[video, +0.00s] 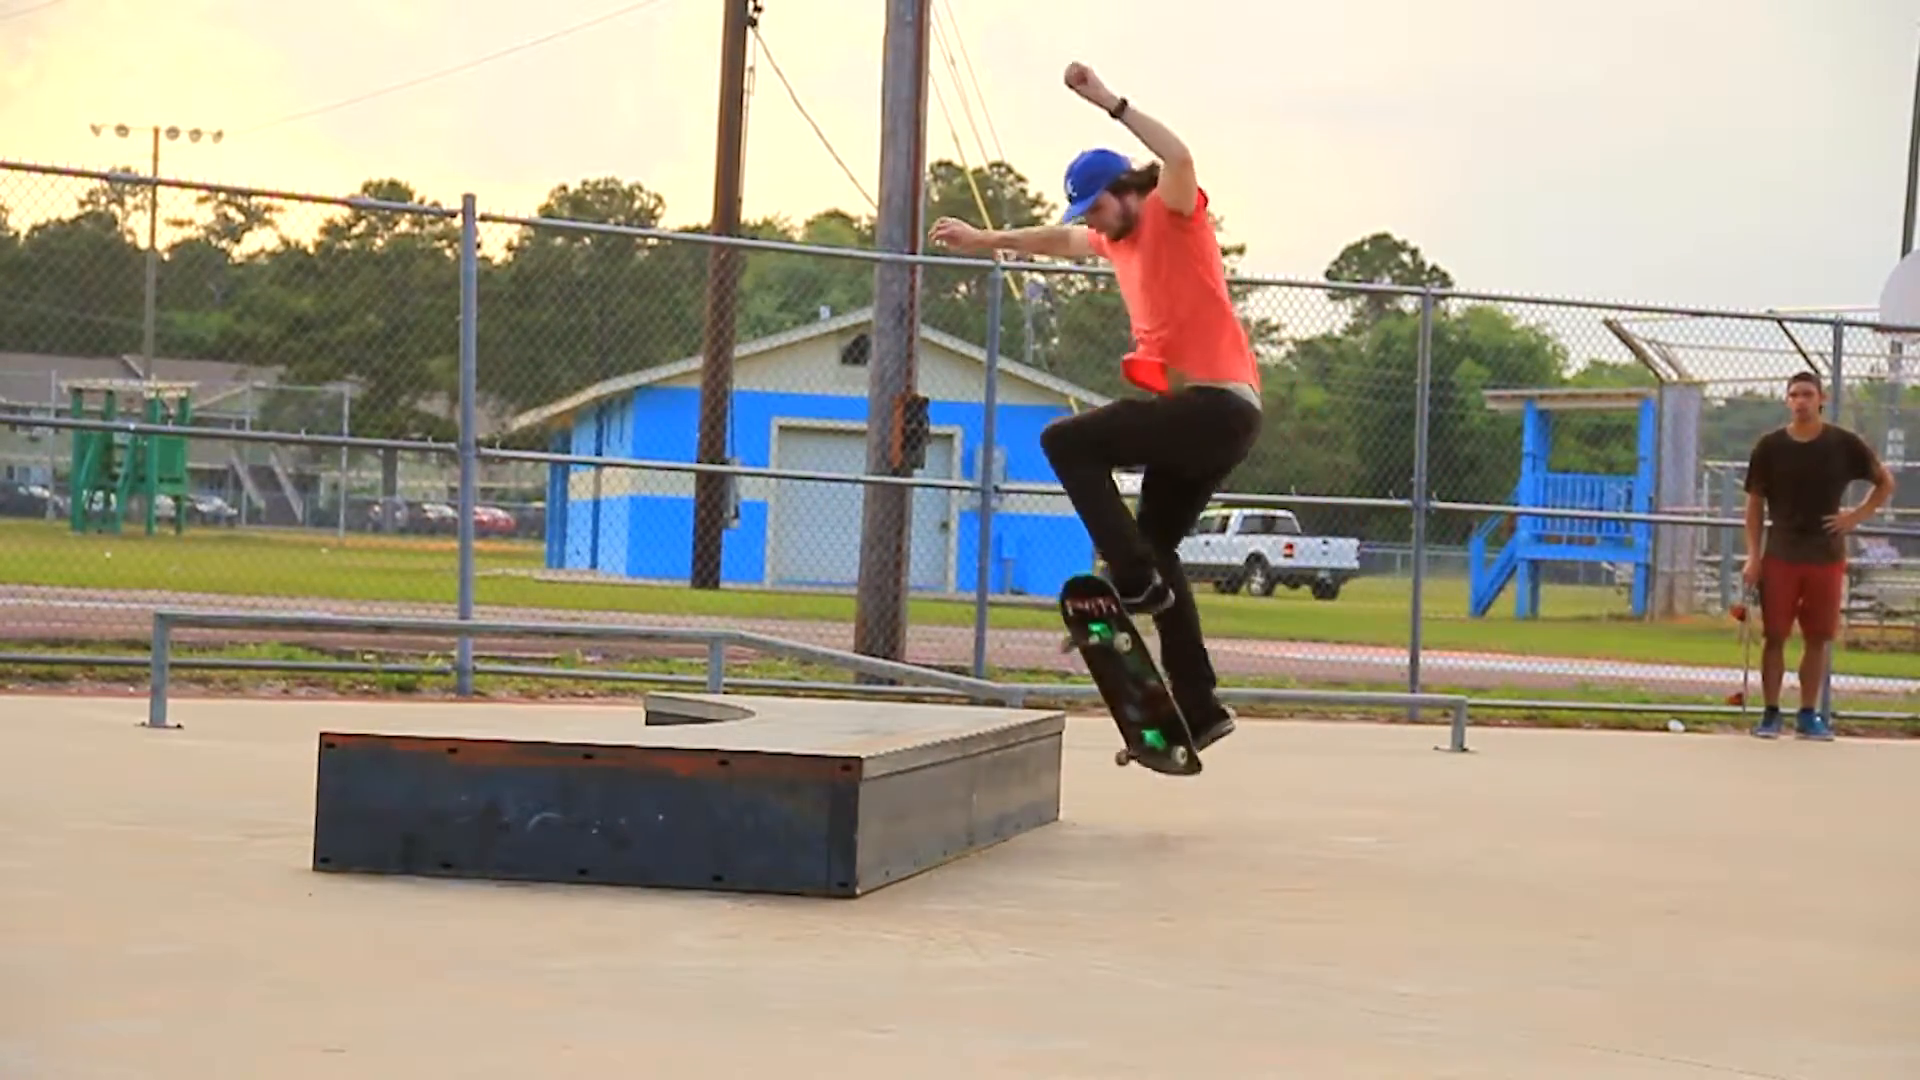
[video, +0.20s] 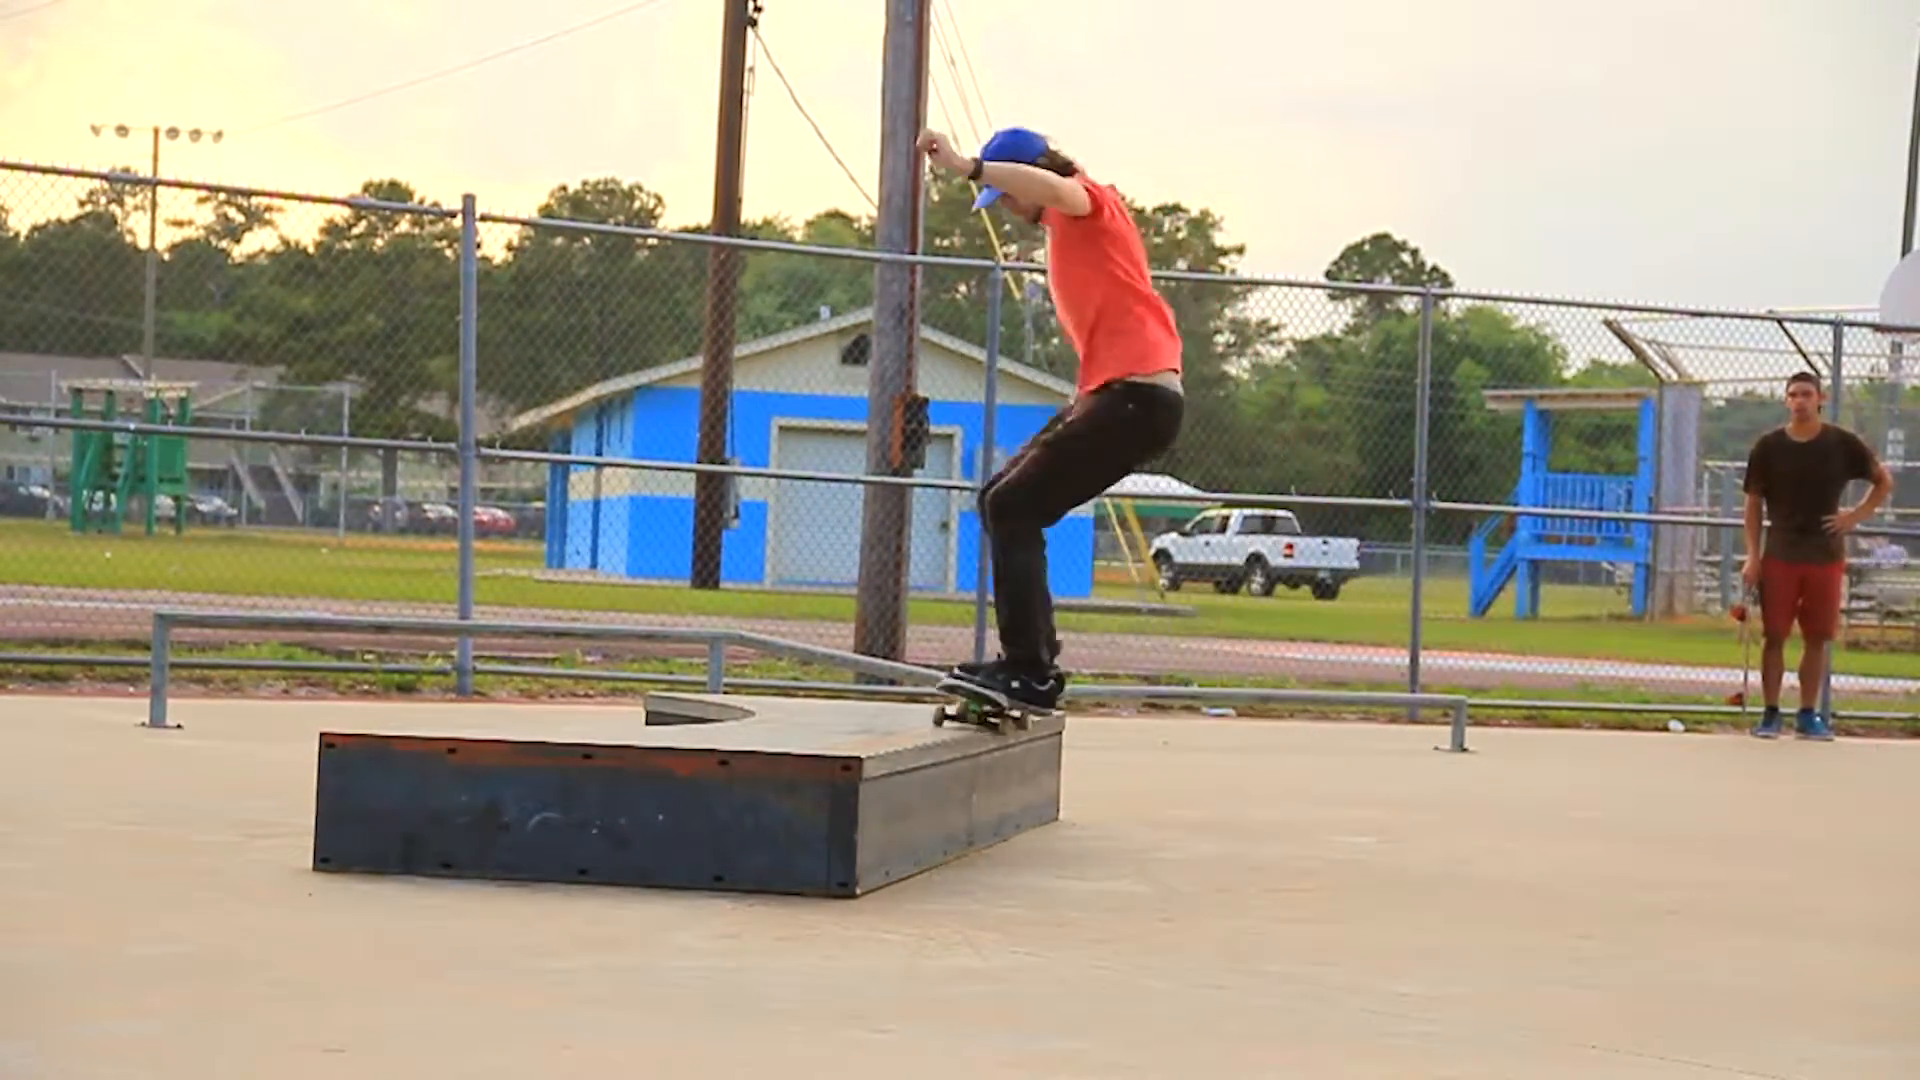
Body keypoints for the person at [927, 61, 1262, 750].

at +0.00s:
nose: (1092, 223)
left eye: (1094, 209)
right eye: (1085, 214)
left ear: (1123, 187)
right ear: (1092, 205)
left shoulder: (1174, 212)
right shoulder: (1112, 236)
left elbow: (1178, 158)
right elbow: (1059, 239)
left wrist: (1112, 102)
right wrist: (986, 239)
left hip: (1218, 403)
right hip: (1201, 409)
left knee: (1067, 440)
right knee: (1150, 550)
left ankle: (1136, 574)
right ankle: (1200, 709)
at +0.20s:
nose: (1008, 211)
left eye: (1006, 197)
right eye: (1000, 203)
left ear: (1033, 171)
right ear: (1041, 169)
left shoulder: (1091, 198)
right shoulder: (1074, 223)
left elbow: (1059, 189)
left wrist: (970, 166)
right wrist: (1075, 412)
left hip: (1139, 397)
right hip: (1118, 395)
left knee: (1012, 506)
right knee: (1000, 500)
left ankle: (1030, 671)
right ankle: (1026, 661)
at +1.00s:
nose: (976, 104)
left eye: (980, 87)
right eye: (967, 94)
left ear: (1012, 58)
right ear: (963, 78)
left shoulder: (1068, 73)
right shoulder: (995, 121)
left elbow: (1113, 7)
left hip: (1126, 321)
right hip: (1061, 335)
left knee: (1001, 332)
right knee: (930, 466)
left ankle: (1056, 521)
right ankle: (939, 636)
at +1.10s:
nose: (993, 139)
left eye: (997, 123)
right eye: (984, 129)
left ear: (1028, 94)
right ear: (993, 110)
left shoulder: (1076, 113)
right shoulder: (1025, 151)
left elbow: (1101, 113)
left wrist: (1125, 85)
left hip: (1140, 358)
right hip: (1065, 367)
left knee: (1036, 422)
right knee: (938, 490)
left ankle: (1090, 621)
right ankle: (988, 664)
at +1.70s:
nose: (1269, 238)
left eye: (1284, 222)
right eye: (1254, 224)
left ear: (1320, 196)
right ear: (1235, 203)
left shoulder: (1382, 274)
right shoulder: (1219, 268)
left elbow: (1425, 424)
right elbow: (1213, 416)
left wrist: (1437, 566)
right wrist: (1211, 546)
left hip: (1358, 521)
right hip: (1252, 531)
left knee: (1280, 676)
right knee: (1190, 716)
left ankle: (1354, 892)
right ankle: (1276, 883)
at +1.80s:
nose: (1334, 188)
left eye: (1351, 172)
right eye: (1318, 173)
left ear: (1384, 148)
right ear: (1293, 153)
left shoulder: (1441, 228)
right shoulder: (1270, 227)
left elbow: (1489, 385)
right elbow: (1266, 380)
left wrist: (1507, 523)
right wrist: (1270, 511)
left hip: (1418, 488)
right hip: (1308, 501)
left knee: (1350, 677)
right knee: (1264, 701)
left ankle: (1430, 906)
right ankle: (1338, 893)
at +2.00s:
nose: (1481, 93)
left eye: (1500, 75)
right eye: (1462, 75)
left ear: (1531, 56)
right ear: (1432, 58)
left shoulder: (1582, 148)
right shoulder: (1396, 148)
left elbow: (1632, 316)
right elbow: (1379, 320)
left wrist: (1647, 471)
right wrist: (1382, 465)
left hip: (1546, 451)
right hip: (1428, 461)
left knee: (1520, 682)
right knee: (1422, 695)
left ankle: (1587, 934)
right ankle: (1457, 918)